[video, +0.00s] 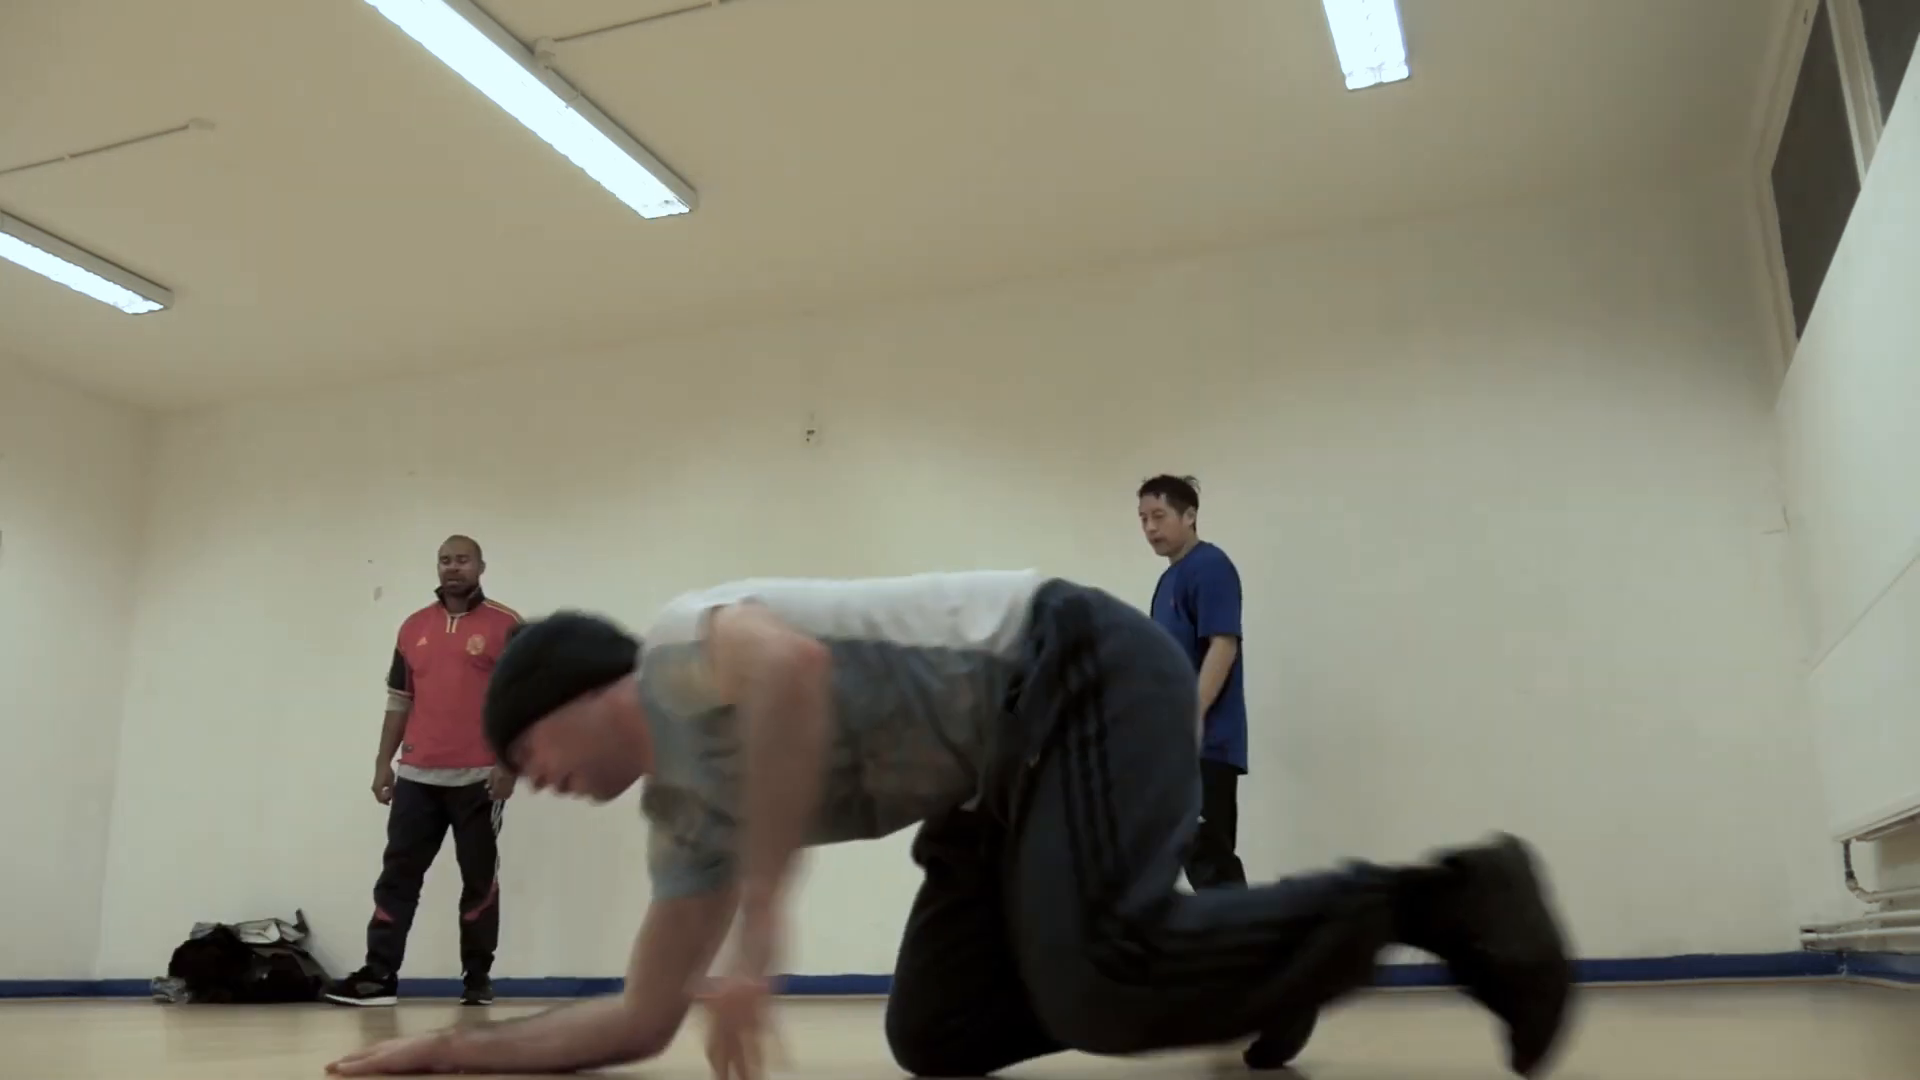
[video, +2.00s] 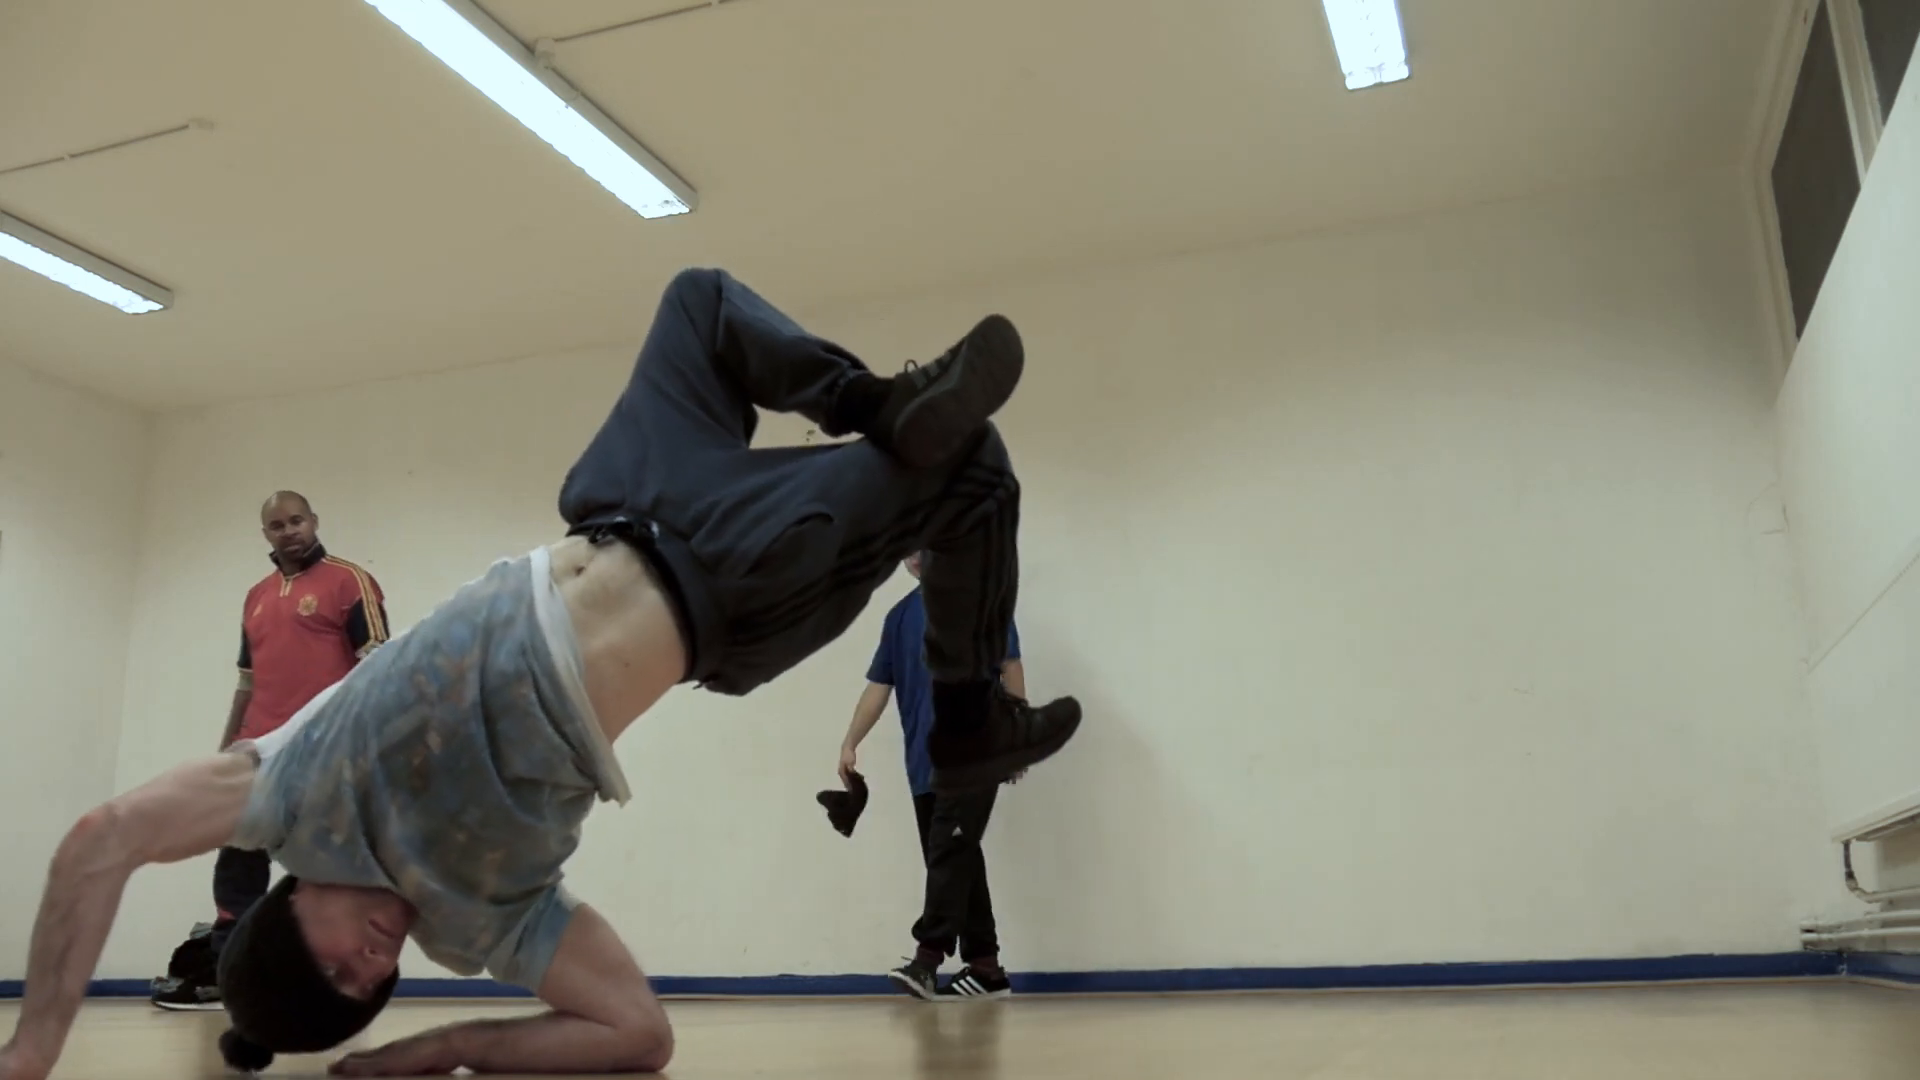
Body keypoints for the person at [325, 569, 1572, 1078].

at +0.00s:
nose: (548, 783)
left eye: (538, 757)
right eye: (530, 772)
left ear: (579, 694)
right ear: (578, 727)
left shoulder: (680, 641)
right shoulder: (690, 806)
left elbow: (782, 671)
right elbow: (644, 1017)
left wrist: (753, 943)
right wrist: (458, 1049)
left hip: (1082, 671)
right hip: (1005, 791)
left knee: (1104, 984)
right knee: (945, 1030)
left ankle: (1445, 901)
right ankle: (1282, 959)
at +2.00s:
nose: (371, 961)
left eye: (335, 970)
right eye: (364, 988)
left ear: (300, 919)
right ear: (374, 970)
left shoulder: (283, 792)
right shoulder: (490, 919)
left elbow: (96, 843)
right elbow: (640, 1038)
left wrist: (28, 1056)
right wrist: (440, 1055)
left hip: (619, 511)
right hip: (718, 602)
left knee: (700, 301)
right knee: (973, 462)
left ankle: (881, 405)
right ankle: (982, 718)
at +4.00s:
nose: (54, 437)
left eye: (21, 397)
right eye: (26, 444)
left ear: (40, 303)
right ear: (64, 415)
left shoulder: (166, 196)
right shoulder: (252, 494)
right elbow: (305, 804)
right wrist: (215, 1069)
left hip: (693, 321)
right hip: (839, 399)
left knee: (442, 811)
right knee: (1177, 702)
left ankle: (807, 943)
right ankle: (1816, 815)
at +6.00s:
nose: (1035, 514)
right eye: (1030, 503)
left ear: (942, 527)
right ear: (1026, 510)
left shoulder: (895, 643)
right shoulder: (1059, 581)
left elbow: (858, 816)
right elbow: (1201, 691)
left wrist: (803, 957)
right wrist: (1328, 610)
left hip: (1007, 921)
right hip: (1101, 880)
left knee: (1163, 807)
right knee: (1265, 824)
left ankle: (1286, 919)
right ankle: (1136, 972)